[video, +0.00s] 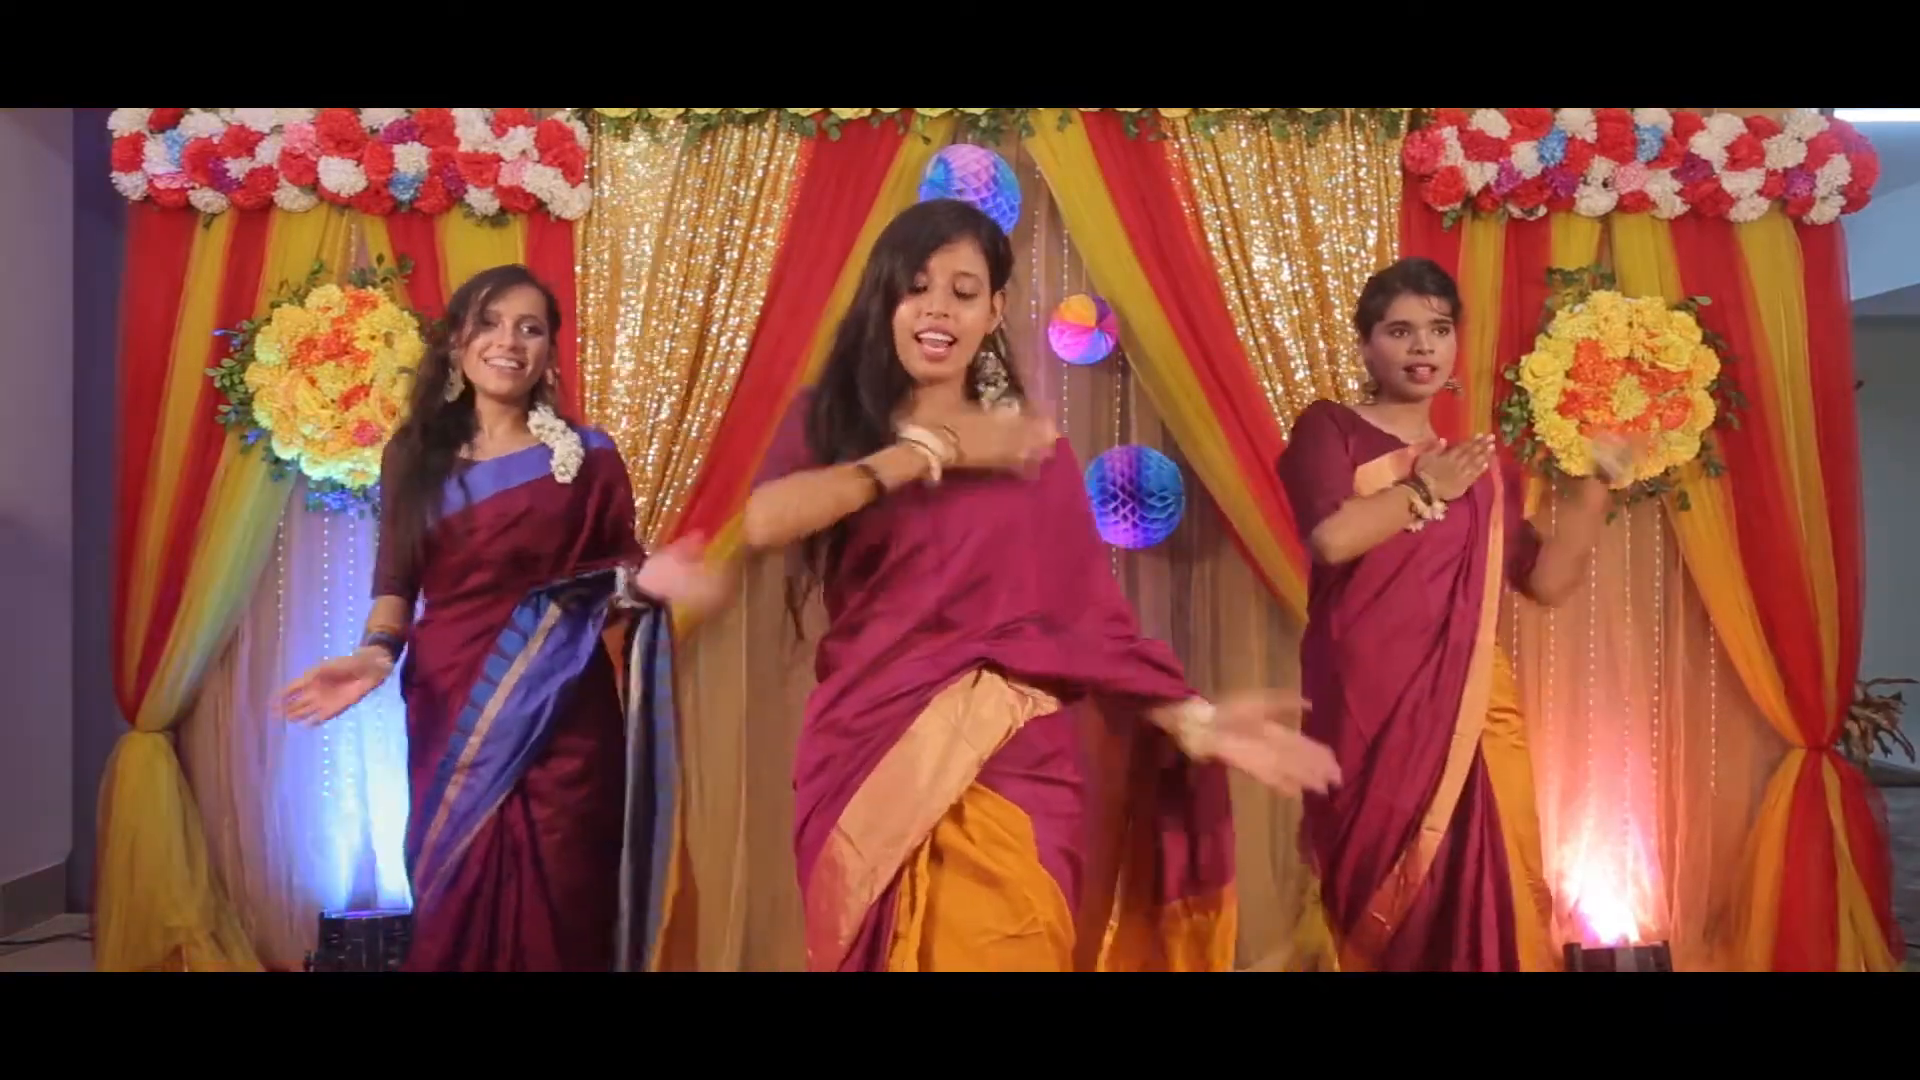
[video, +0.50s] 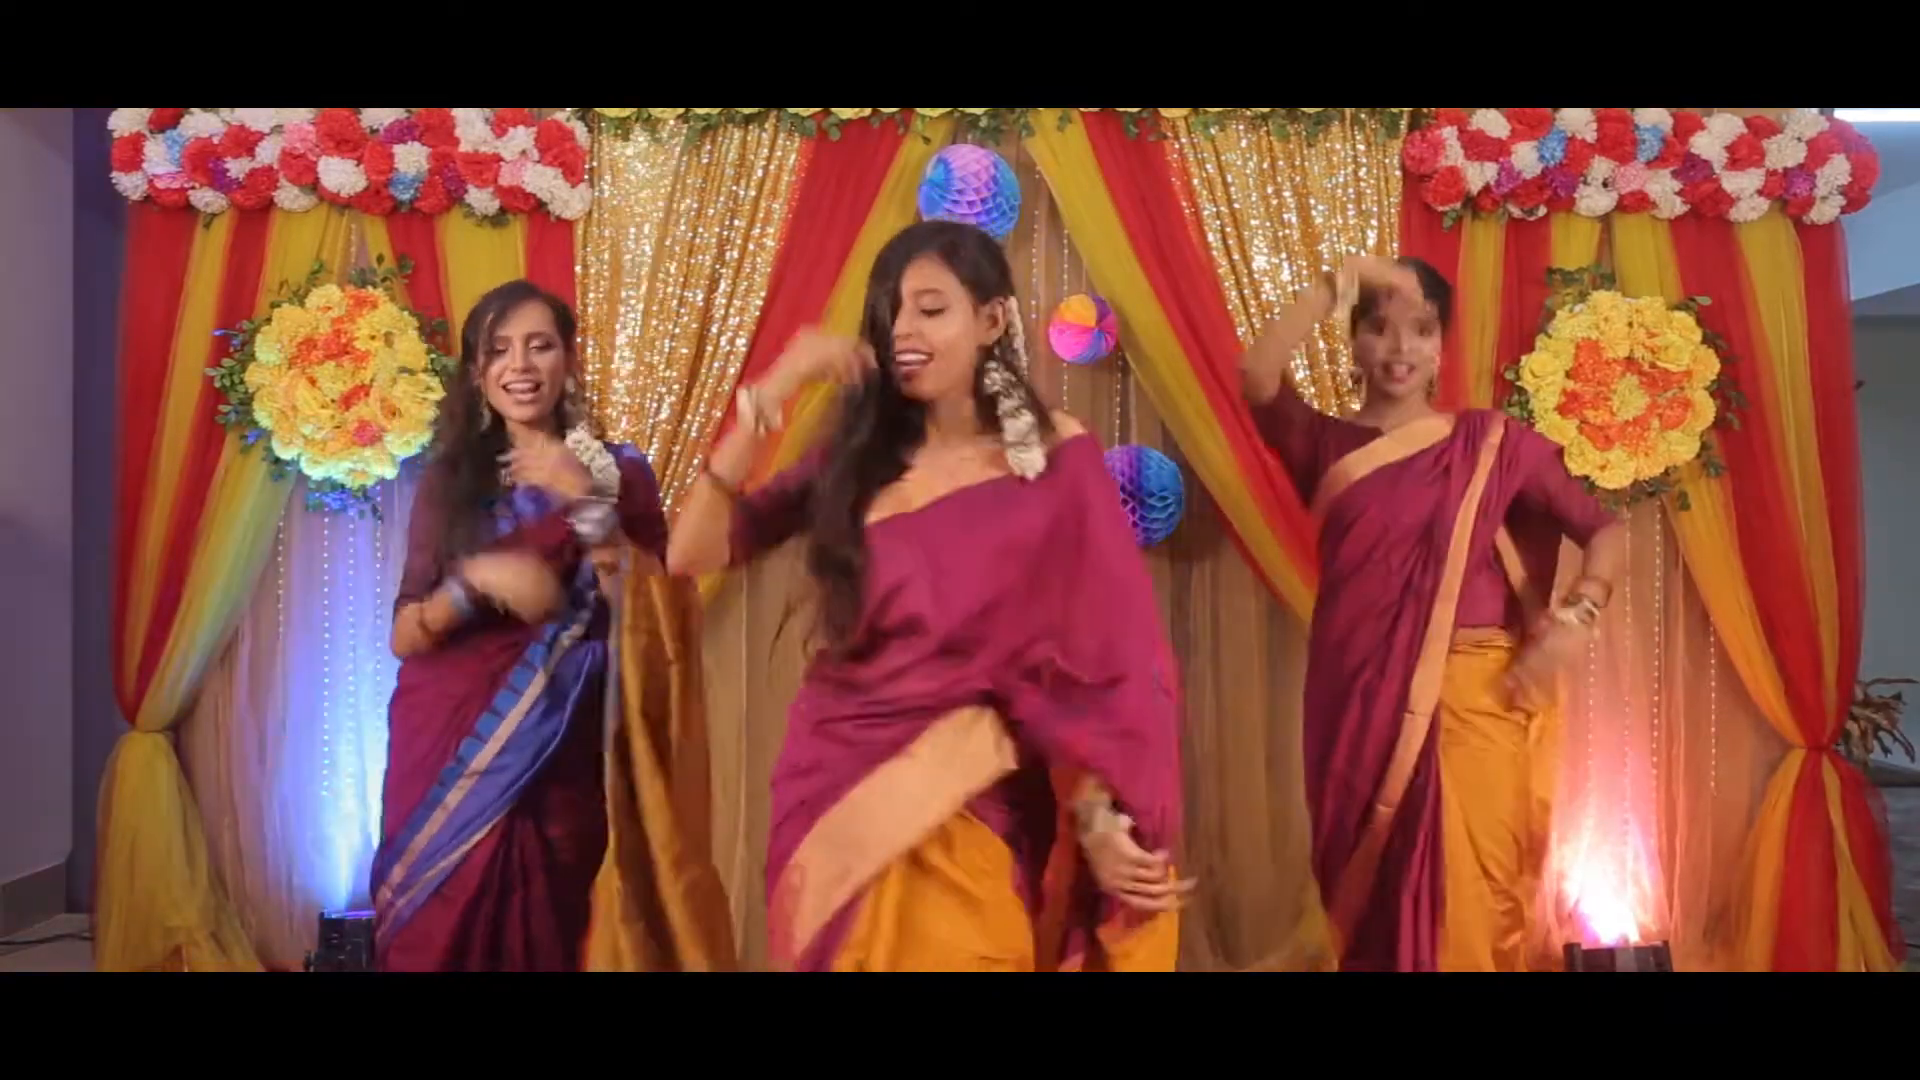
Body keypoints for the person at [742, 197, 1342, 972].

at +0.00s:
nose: (936, 310)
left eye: (963, 292)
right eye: (917, 287)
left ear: (994, 311)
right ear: (883, 300)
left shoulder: (1034, 443)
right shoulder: (835, 419)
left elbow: (1091, 615)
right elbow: (762, 522)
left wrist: (1187, 718)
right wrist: (923, 454)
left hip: (1018, 749)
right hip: (871, 747)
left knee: (1007, 947)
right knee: (876, 955)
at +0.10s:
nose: (945, 317)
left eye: (969, 296)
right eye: (922, 294)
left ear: (1002, 312)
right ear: (888, 308)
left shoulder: (1037, 460)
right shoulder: (837, 407)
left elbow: (1102, 620)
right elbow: (787, 474)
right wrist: (946, 446)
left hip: (1020, 741)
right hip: (878, 734)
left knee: (1023, 936)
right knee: (881, 940)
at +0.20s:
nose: (951, 317)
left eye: (974, 295)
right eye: (927, 299)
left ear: (1007, 312)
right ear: (894, 317)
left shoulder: (1042, 462)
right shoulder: (854, 417)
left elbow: (1120, 641)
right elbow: (766, 465)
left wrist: (966, 642)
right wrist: (947, 422)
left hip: (1004, 778)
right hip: (857, 775)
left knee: (1032, 949)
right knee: (878, 954)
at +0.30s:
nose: (949, 323)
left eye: (972, 300)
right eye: (925, 304)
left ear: (1008, 316)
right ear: (896, 323)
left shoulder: (1054, 473)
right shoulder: (844, 440)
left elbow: (1126, 655)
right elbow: (696, 532)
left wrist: (1007, 664)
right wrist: (855, 436)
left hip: (1003, 788)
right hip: (856, 779)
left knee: (1022, 951)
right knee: (869, 952)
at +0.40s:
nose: (930, 331)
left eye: (957, 306)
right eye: (909, 311)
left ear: (1003, 322)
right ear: (890, 333)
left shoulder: (1059, 471)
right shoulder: (855, 464)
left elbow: (1126, 654)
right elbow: (684, 595)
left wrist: (1064, 738)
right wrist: (804, 462)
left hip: (1006, 797)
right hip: (861, 787)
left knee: (1003, 952)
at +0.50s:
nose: (904, 331)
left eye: (932, 309)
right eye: (894, 310)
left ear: (993, 321)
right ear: (877, 323)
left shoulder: (1054, 454)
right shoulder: (859, 461)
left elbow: (1084, 662)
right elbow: (691, 552)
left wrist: (1093, 812)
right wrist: (775, 389)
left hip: (979, 803)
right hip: (837, 800)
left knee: (964, 952)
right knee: (839, 955)